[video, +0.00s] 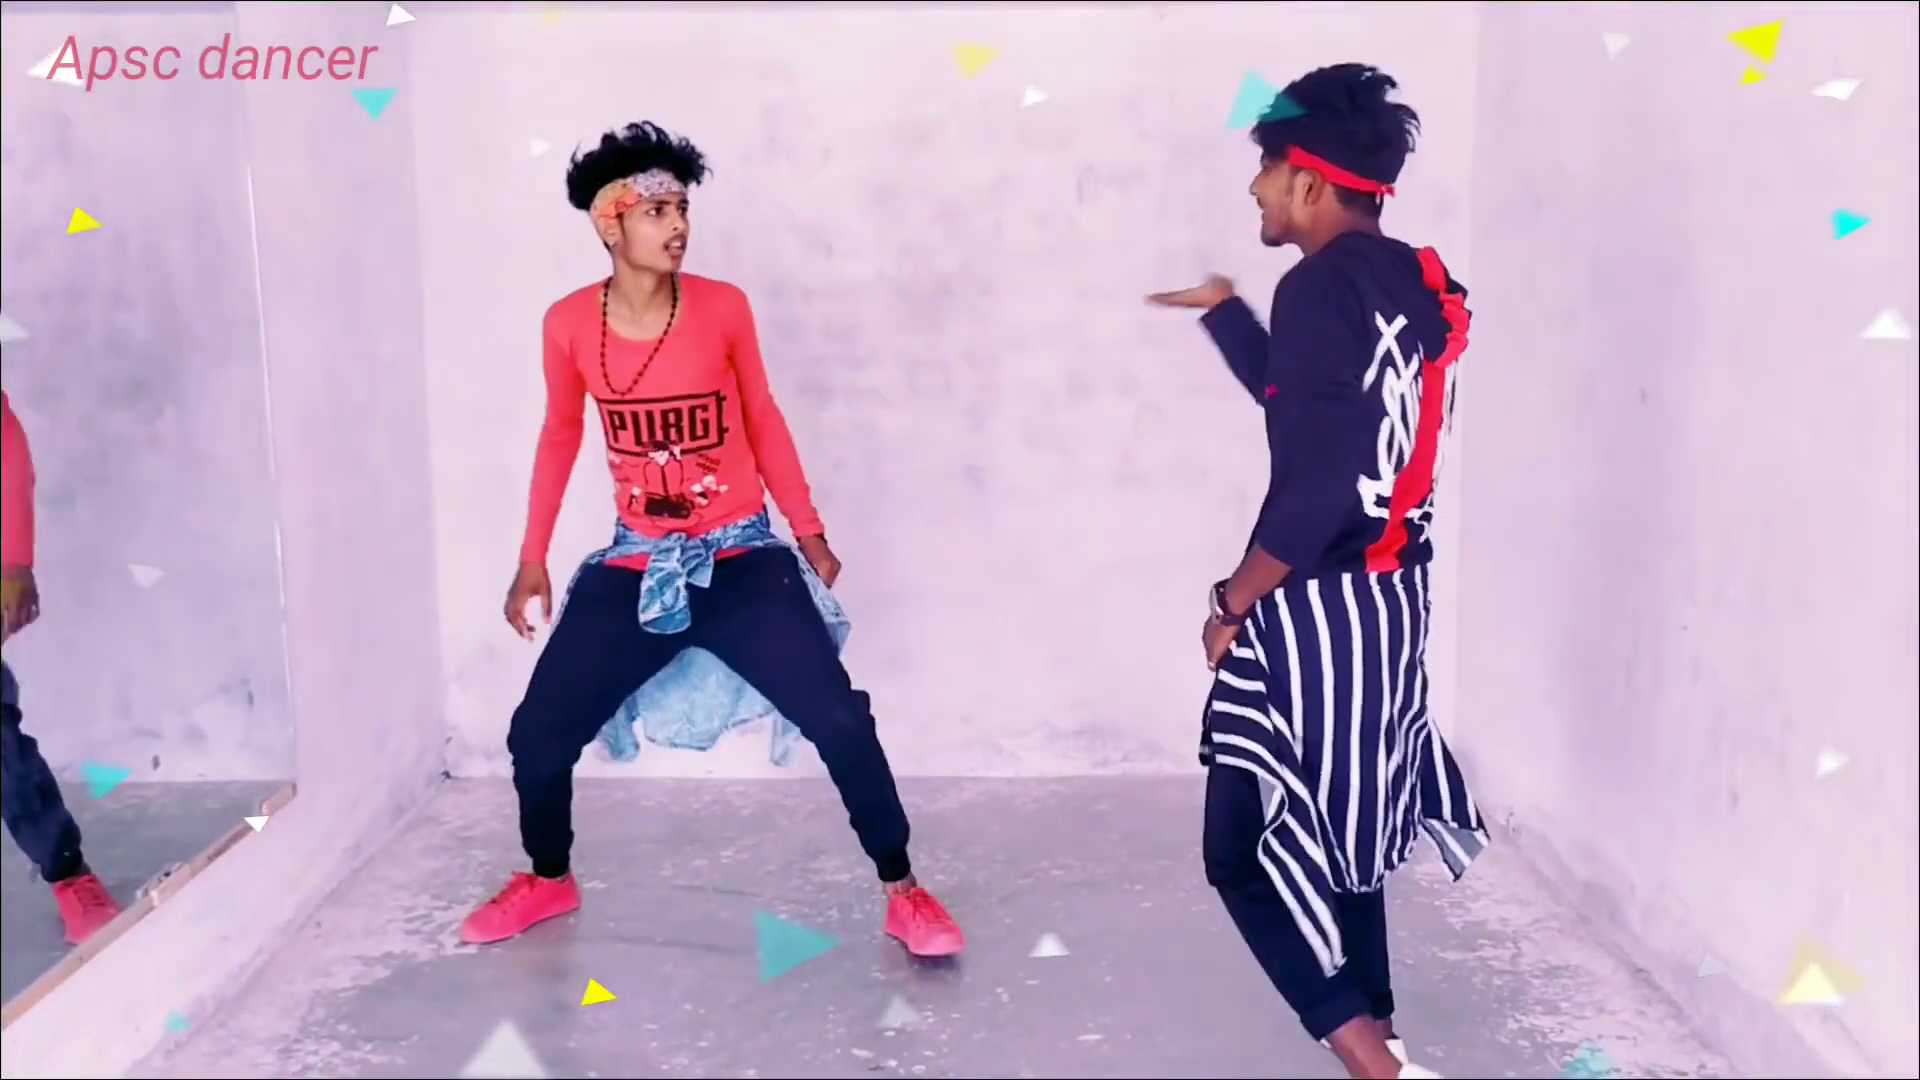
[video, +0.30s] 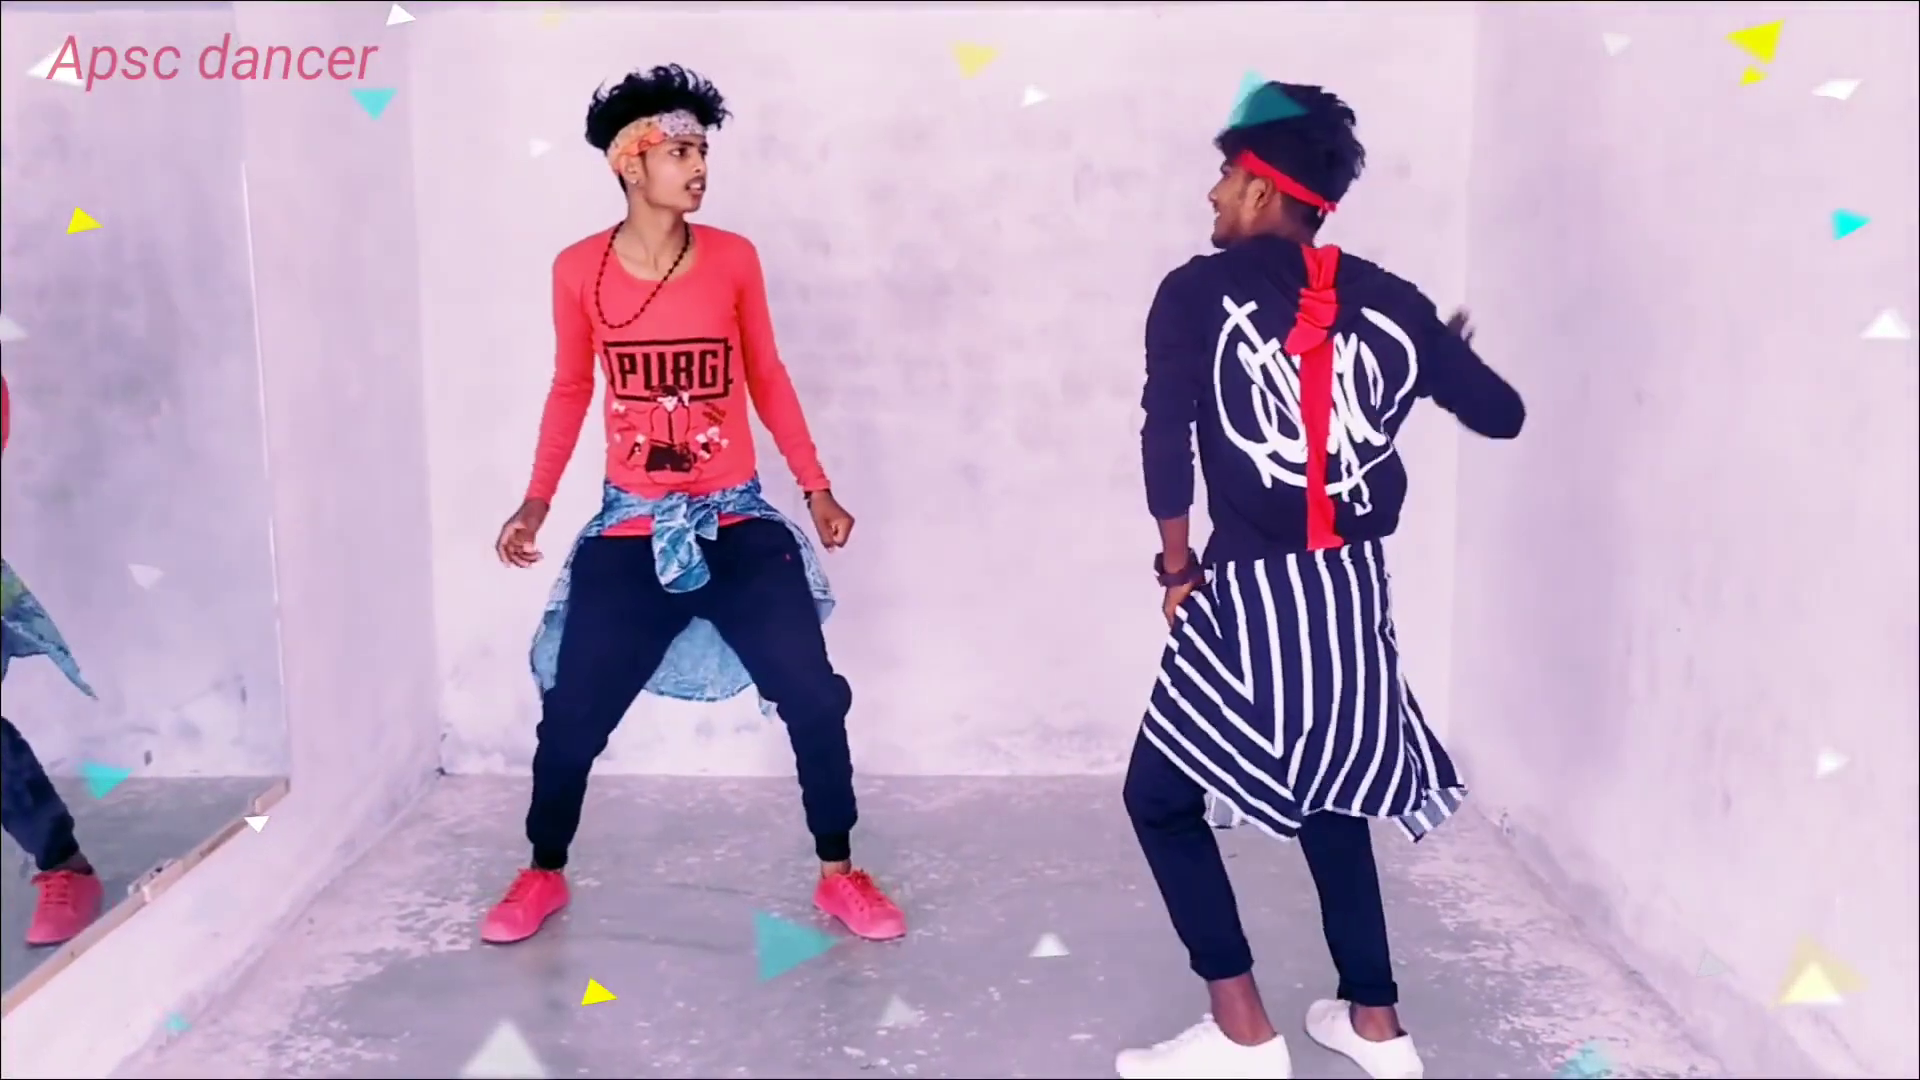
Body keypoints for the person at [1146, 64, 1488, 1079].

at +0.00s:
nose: (1256, 184)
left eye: (1268, 164)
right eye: (1262, 162)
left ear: (1313, 178)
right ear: (1347, 183)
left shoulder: (1318, 286)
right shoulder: (1400, 279)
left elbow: (1322, 475)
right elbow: (1299, 405)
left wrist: (1236, 599)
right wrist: (1224, 309)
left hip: (1307, 606)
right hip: (1377, 600)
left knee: (1238, 849)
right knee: (1347, 843)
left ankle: (1375, 1065)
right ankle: (1371, 1059)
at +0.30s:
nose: (1213, 187)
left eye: (1228, 172)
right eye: (1222, 168)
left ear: (1264, 188)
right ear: (1307, 196)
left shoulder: (1198, 289)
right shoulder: (1384, 297)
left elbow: (1169, 421)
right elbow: (1502, 415)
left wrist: (1173, 545)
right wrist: (1446, 348)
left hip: (1246, 596)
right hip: (1355, 593)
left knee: (1158, 795)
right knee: (1333, 808)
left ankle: (1242, 1029)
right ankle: (1378, 1028)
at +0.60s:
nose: (1120, 183)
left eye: (1128, 164)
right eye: (1124, 163)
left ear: (1167, 168)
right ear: (1211, 168)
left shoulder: (1185, 264)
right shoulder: (1282, 265)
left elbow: (1205, 435)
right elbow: (1339, 429)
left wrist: (1142, 545)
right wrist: (1269, 512)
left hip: (1196, 551)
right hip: (1256, 548)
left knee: (1140, 773)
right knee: (1192, 752)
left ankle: (1209, 1018)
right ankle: (1293, 934)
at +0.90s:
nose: (1083, 200)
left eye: (1089, 179)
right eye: (1082, 180)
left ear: (1133, 171)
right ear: (1140, 169)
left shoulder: (1216, 263)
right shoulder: (1167, 268)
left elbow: (1283, 408)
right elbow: (1181, 411)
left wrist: (1152, 494)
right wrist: (1112, 451)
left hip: (1196, 553)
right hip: (1147, 543)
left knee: (1161, 770)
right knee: (1120, 743)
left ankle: (1218, 1016)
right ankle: (1153, 914)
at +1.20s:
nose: (1084, 206)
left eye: (1093, 185)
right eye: (1080, 186)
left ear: (1145, 175)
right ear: (1121, 183)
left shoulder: (1251, 249)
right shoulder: (1116, 270)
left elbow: (1324, 379)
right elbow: (1125, 390)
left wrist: (1231, 469)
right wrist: (1094, 476)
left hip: (1228, 534)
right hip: (1136, 533)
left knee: (1218, 735)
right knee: (1132, 734)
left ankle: (1261, 942)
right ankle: (1153, 915)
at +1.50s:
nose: (1152, 174)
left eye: (1167, 158)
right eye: (1155, 156)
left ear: (1218, 165)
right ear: (1199, 165)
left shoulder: (1310, 256)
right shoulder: (1159, 268)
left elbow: (1376, 377)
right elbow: (1143, 395)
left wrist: (1344, 507)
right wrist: (1133, 512)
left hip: (1288, 526)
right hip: (1184, 530)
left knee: (1336, 716)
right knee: (1174, 723)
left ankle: (1387, 893)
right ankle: (1159, 909)